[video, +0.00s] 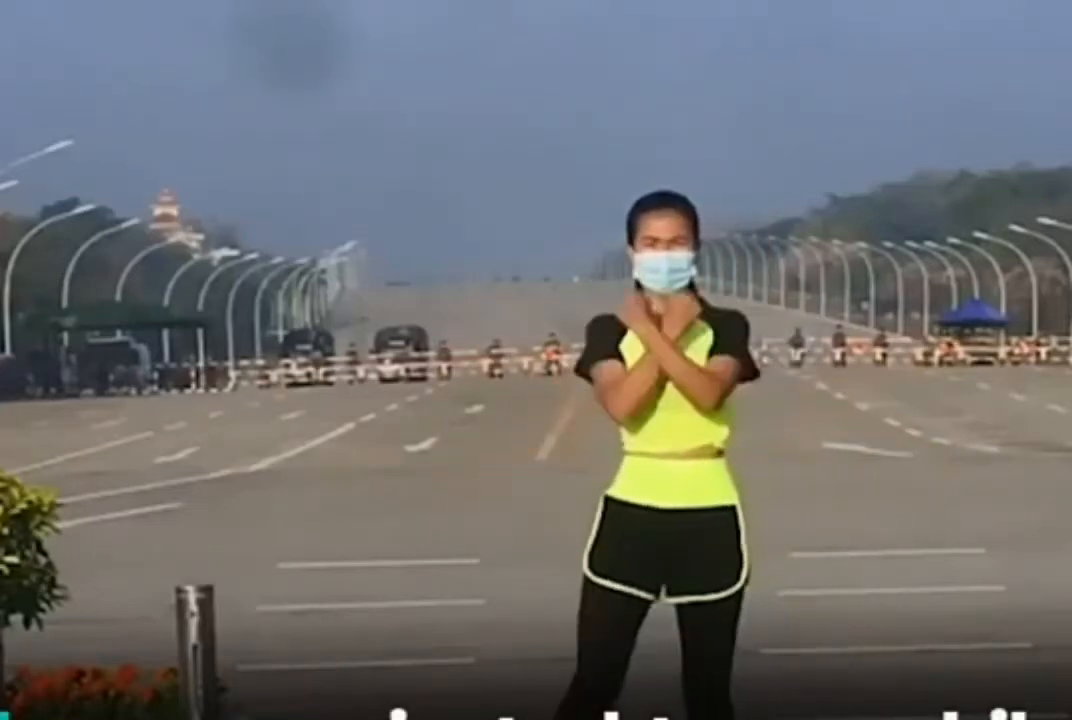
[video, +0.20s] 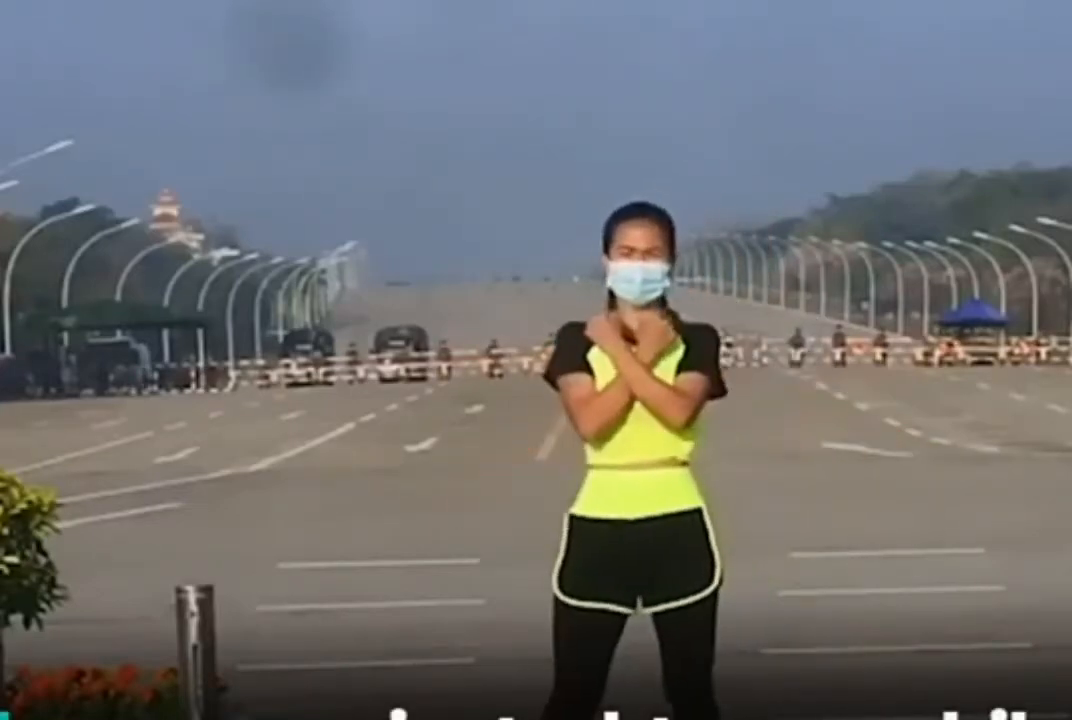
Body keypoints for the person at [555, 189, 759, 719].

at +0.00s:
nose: (664, 257)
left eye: (677, 245)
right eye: (650, 245)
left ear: (695, 250)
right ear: (631, 253)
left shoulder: (726, 325)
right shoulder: (610, 328)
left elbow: (710, 394)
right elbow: (622, 405)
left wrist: (643, 327)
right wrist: (668, 332)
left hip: (709, 518)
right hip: (631, 516)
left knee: (708, 691)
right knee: (595, 683)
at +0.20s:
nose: (638, 267)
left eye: (651, 255)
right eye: (625, 255)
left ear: (670, 263)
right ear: (606, 262)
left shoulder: (697, 339)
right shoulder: (577, 341)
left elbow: (680, 413)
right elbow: (589, 423)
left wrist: (612, 345)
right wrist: (646, 356)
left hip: (678, 527)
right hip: (598, 530)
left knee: (691, 693)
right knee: (574, 696)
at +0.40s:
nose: (619, 266)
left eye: (632, 255)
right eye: (605, 254)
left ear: (650, 263)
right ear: (585, 261)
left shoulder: (679, 334)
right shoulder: (560, 339)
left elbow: (663, 409)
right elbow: (571, 423)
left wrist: (591, 342)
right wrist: (625, 353)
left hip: (662, 527)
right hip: (583, 529)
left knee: (682, 694)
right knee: (565, 697)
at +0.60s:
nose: (614, 267)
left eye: (628, 255)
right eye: (601, 255)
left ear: (647, 263)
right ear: (581, 262)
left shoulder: (676, 333)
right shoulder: (558, 340)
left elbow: (660, 409)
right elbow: (568, 425)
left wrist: (588, 344)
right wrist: (624, 354)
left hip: (661, 527)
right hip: (582, 530)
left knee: (682, 695)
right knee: (565, 697)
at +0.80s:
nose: (615, 266)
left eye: (628, 254)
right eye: (601, 254)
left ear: (646, 262)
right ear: (582, 261)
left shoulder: (675, 334)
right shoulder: (556, 339)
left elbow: (659, 410)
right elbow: (567, 424)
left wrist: (588, 344)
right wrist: (623, 354)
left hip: (659, 527)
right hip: (580, 530)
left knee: (682, 695)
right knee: (564, 696)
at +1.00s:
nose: (622, 271)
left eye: (635, 259)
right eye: (609, 259)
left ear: (653, 267)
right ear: (588, 266)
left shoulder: (683, 341)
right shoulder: (564, 345)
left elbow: (671, 417)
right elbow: (578, 432)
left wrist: (603, 353)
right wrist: (634, 363)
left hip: (663, 533)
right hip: (583, 534)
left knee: (691, 698)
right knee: (560, 698)